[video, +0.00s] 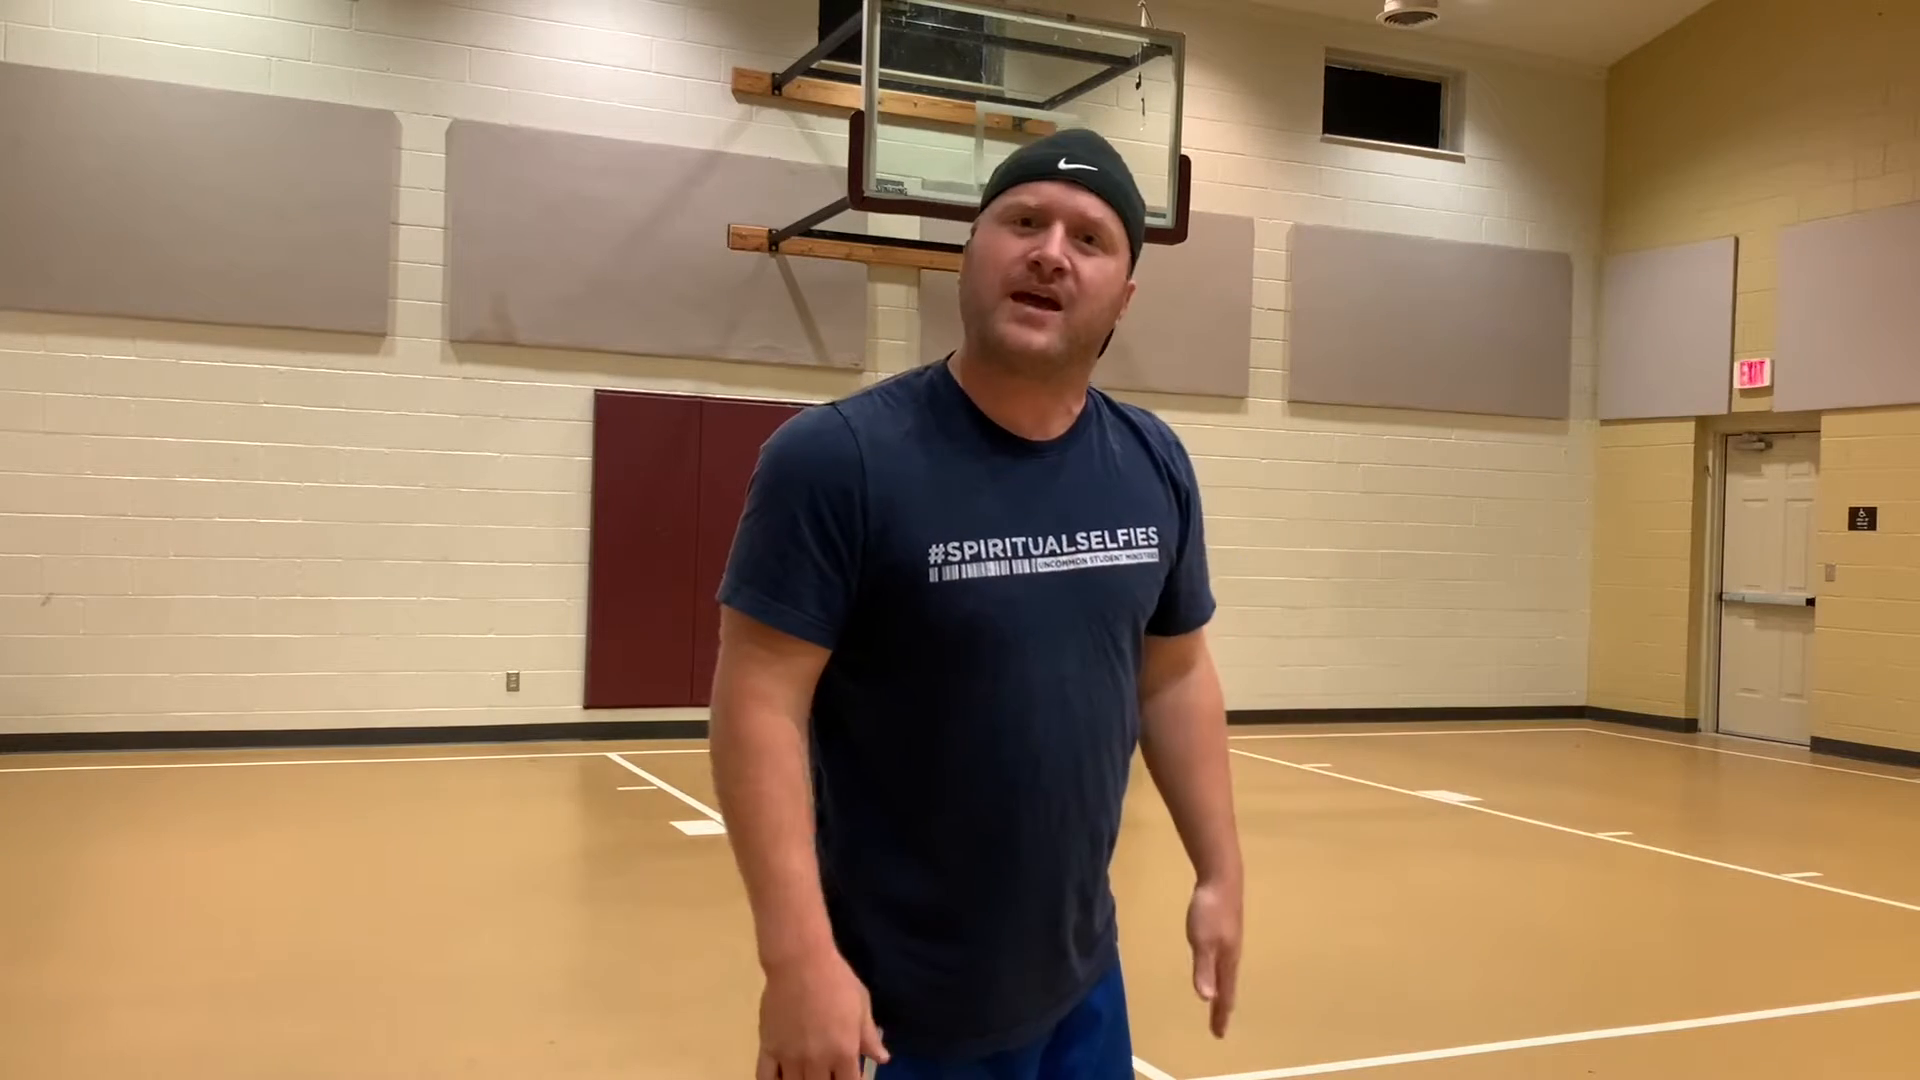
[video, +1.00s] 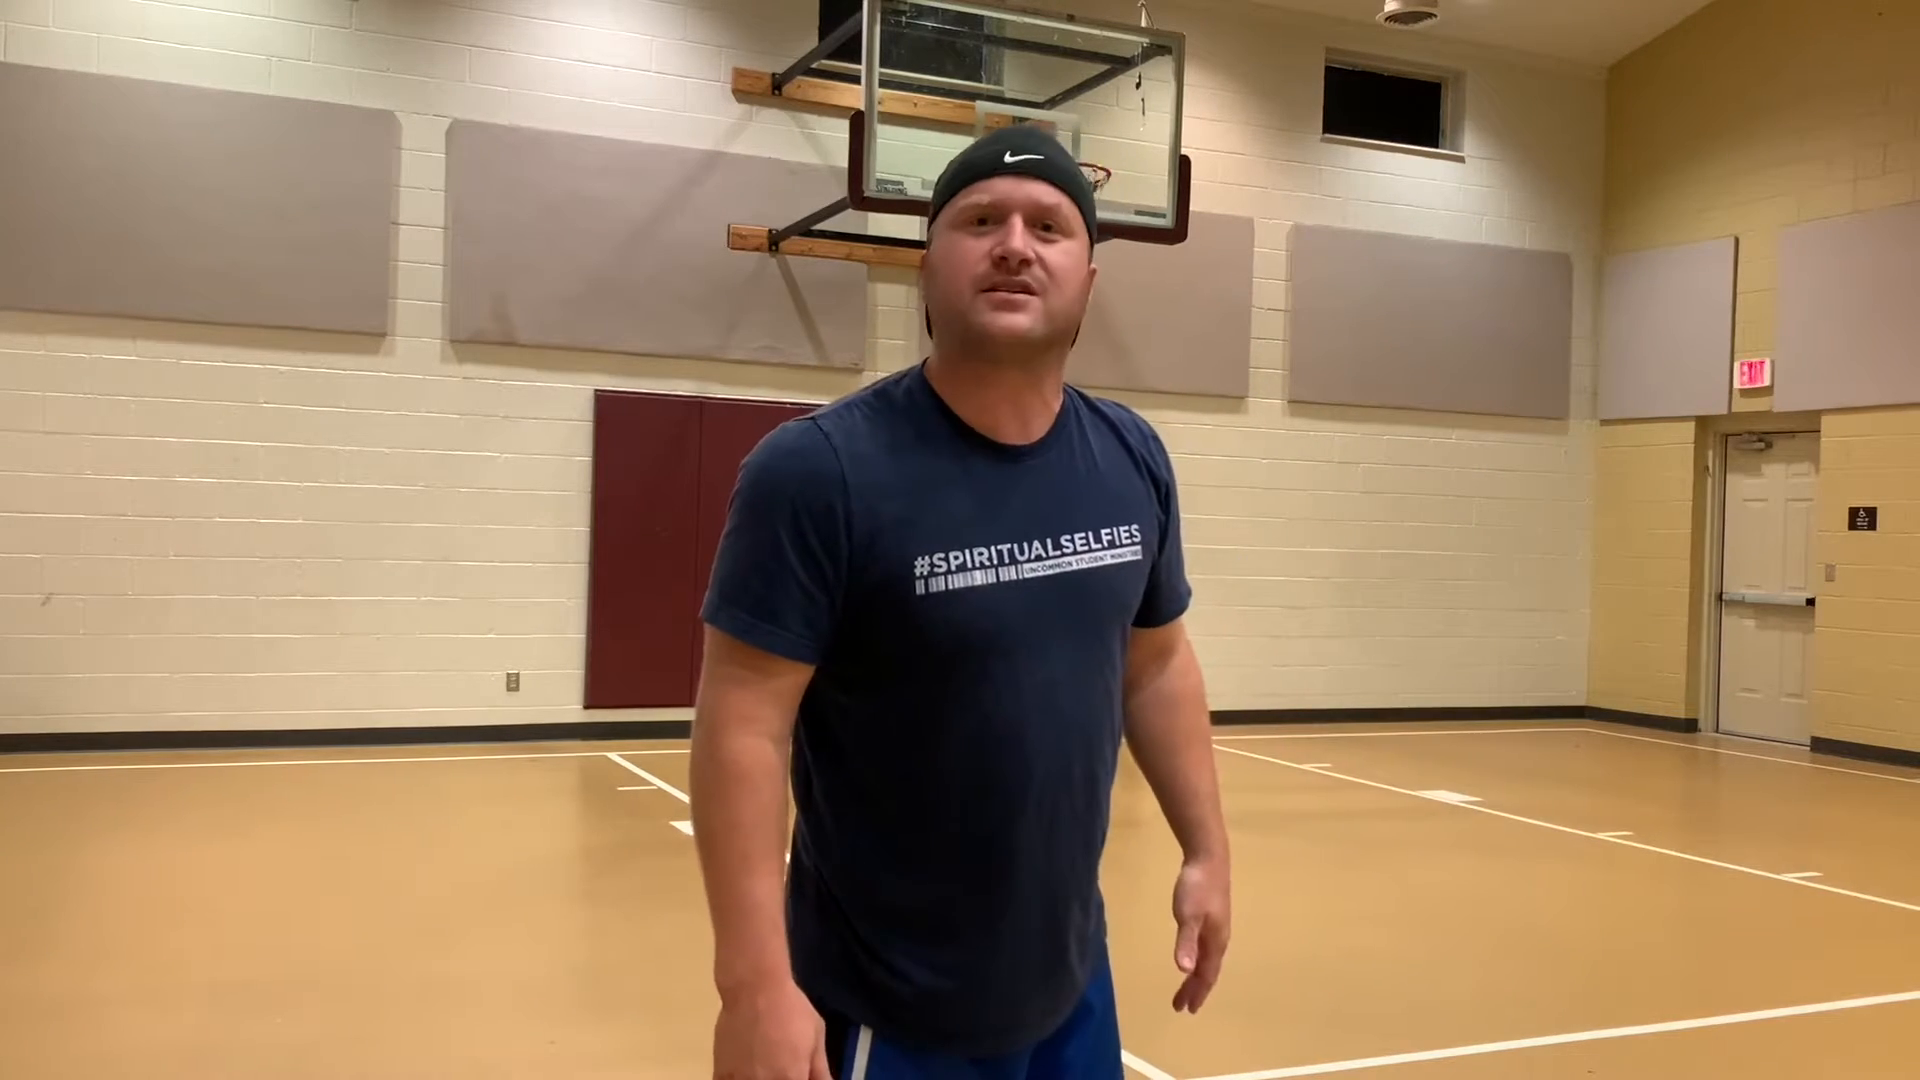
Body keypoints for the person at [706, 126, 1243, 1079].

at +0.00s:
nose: (1051, 253)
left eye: (1089, 240)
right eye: (1023, 223)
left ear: (1123, 296)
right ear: (967, 256)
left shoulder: (1149, 467)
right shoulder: (835, 460)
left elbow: (1176, 675)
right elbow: (756, 704)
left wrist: (1220, 870)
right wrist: (797, 963)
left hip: (1074, 983)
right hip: (886, 1005)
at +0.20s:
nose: (1045, 235)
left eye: (1081, 224)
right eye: (1013, 212)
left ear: (1114, 285)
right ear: (955, 260)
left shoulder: (1148, 463)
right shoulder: (835, 457)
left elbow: (1173, 672)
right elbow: (753, 701)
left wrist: (1214, 866)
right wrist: (766, 964)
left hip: (1076, 977)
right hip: (887, 1001)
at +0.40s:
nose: (1030, 228)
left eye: (1067, 216)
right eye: (999, 206)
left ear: (1104, 277)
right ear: (943, 253)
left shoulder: (1140, 456)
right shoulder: (828, 454)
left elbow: (1169, 665)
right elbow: (746, 698)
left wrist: (1215, 852)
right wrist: (748, 960)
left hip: (1078, 974)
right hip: (891, 996)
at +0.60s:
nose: (1023, 263)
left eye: (1060, 242)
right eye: (994, 231)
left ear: (1102, 283)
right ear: (940, 258)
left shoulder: (1132, 459)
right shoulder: (821, 463)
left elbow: (1164, 665)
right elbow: (742, 708)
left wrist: (1210, 849)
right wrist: (752, 969)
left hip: (1074, 978)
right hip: (886, 1002)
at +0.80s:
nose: (1019, 263)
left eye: (1055, 242)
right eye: (988, 234)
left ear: (1097, 285)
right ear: (934, 264)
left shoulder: (1130, 461)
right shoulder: (817, 472)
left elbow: (1159, 669)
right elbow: (742, 722)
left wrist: (1202, 853)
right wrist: (762, 981)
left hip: (1067, 979)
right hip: (878, 1005)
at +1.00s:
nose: (1016, 246)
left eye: (1050, 227)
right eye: (981, 222)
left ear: (1090, 278)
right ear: (926, 268)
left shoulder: (1126, 458)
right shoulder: (816, 473)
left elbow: (1158, 664)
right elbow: (739, 724)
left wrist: (1207, 850)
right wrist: (754, 986)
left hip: (1066, 981)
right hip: (878, 1008)